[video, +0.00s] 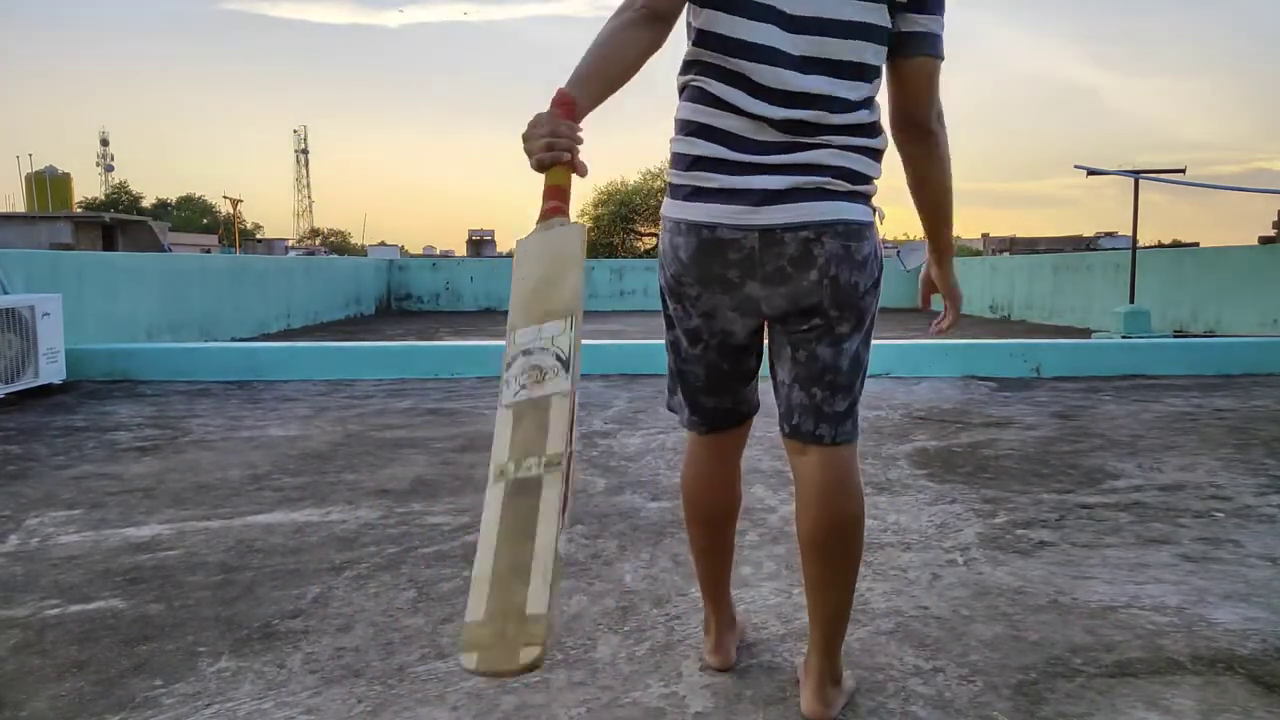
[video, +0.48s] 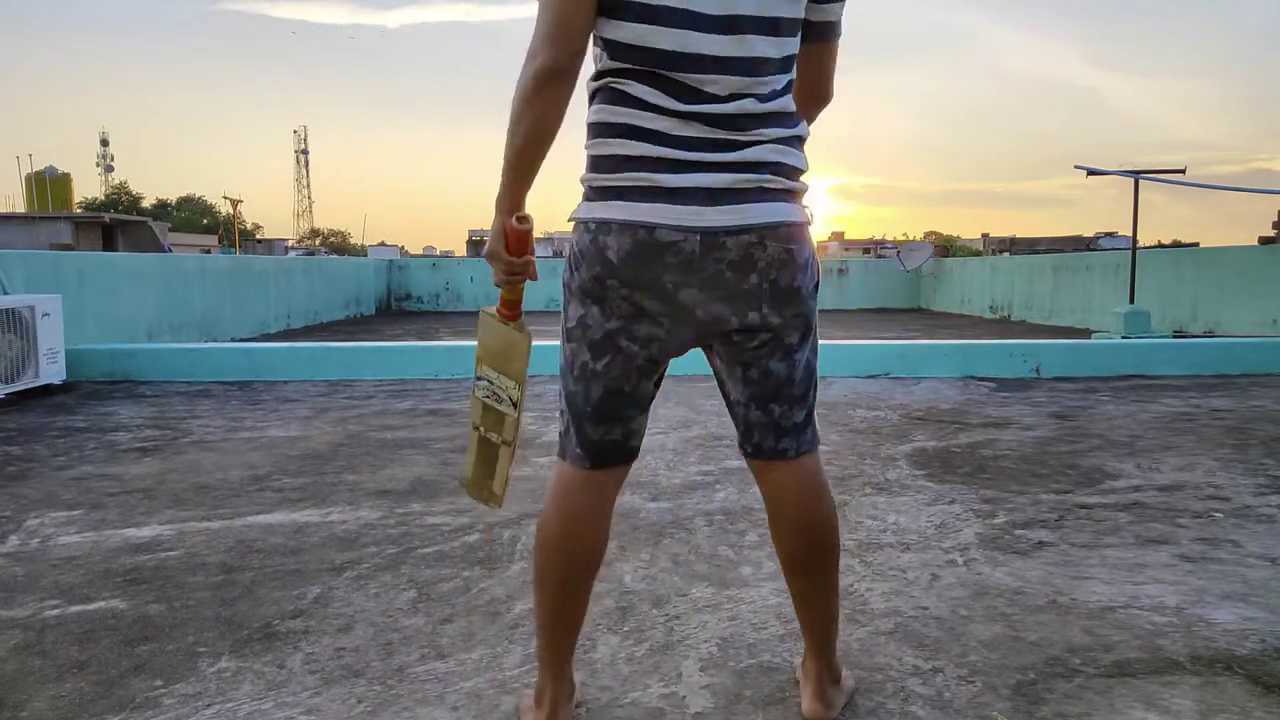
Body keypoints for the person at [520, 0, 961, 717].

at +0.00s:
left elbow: (648, 12)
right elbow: (917, 119)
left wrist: (563, 108)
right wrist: (941, 249)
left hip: (704, 218)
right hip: (830, 222)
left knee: (713, 426)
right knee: (826, 442)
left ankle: (718, 628)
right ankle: (822, 676)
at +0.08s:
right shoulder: (906, 0)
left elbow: (648, 10)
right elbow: (906, 116)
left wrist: (566, 123)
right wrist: (898, 214)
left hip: (702, 217)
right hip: (830, 223)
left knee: (702, 427)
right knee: (825, 442)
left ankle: (701, 633)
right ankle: (822, 676)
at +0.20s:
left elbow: (643, 16)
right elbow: (878, 98)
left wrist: (561, 153)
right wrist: (814, 168)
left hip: (692, 216)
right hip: (822, 221)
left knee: (673, 428)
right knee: (822, 444)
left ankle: (660, 646)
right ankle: (823, 674)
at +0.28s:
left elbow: (629, 33)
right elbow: (857, 91)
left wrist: (558, 177)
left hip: (682, 219)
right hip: (813, 222)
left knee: (647, 437)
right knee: (818, 446)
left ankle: (617, 662)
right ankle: (824, 675)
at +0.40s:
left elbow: (594, 53)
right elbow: (833, 83)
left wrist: (537, 200)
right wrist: (744, 132)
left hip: (659, 226)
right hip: (791, 227)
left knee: (609, 455)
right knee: (807, 450)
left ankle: (556, 683)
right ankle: (824, 676)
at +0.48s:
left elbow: (551, 69)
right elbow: (812, 92)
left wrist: (511, 207)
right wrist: (737, 162)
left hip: (627, 230)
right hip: (761, 232)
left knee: (589, 462)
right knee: (787, 452)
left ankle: (551, 689)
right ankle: (822, 673)